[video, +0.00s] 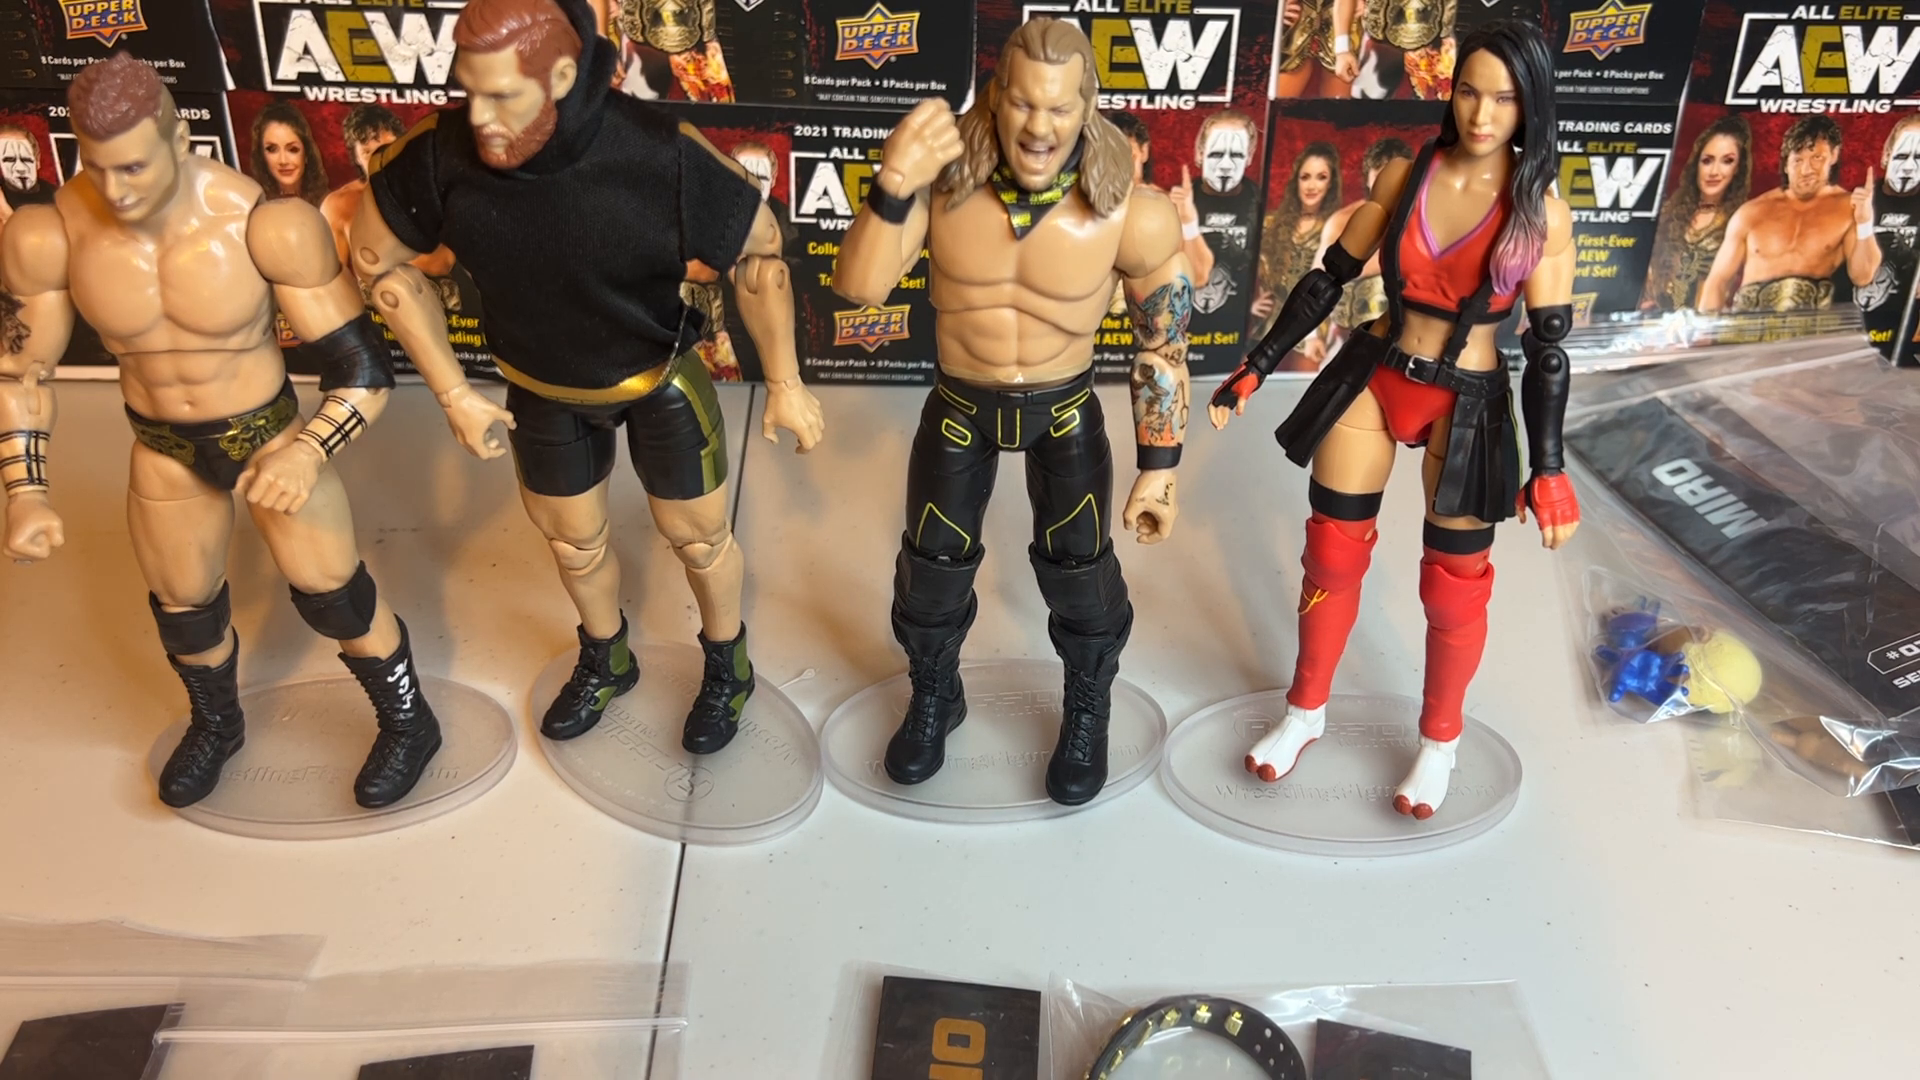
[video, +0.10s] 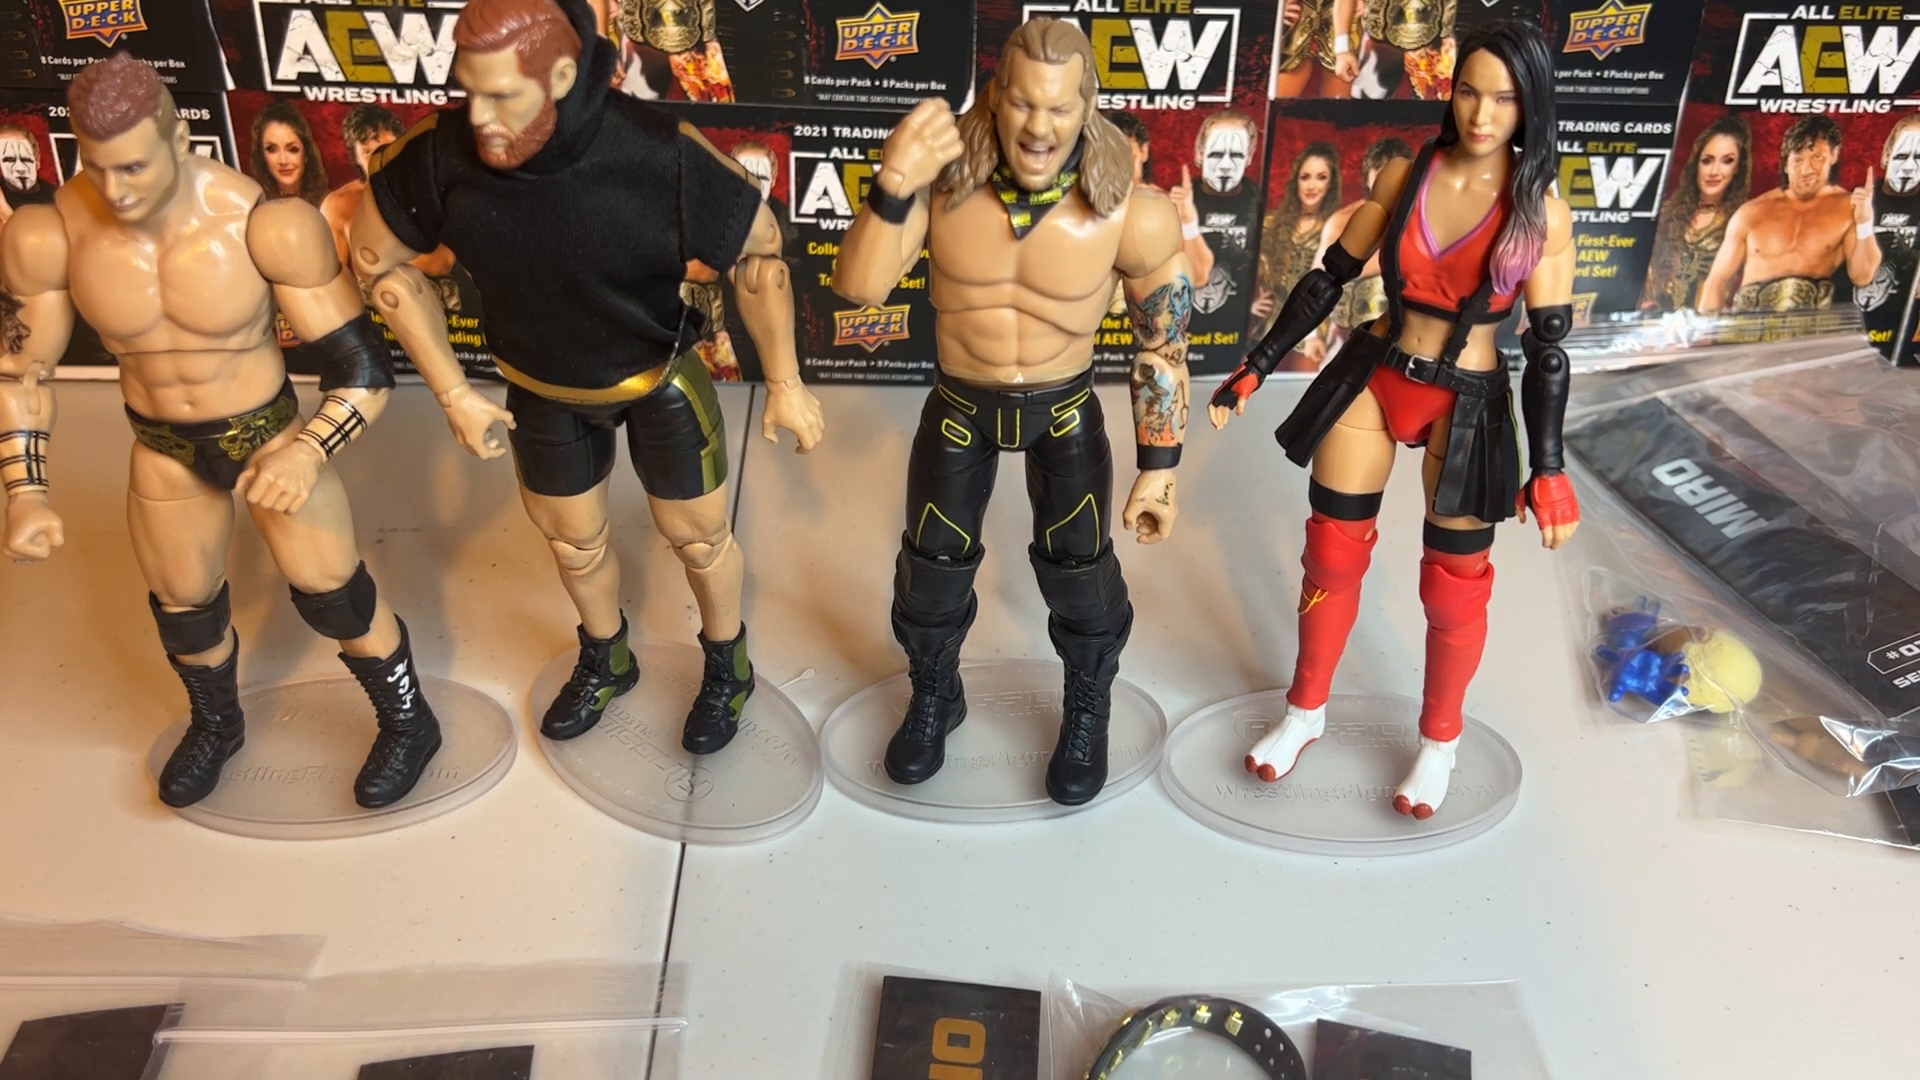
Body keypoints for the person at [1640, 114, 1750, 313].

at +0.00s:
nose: (1714, 171)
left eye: (1727, 161)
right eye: (1707, 160)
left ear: (1739, 168)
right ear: (1695, 164)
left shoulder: (1742, 219)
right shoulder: (1671, 212)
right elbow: (1655, 267)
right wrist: (1649, 300)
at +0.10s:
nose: (1714, 171)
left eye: (1727, 161)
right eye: (1707, 160)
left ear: (1739, 168)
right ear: (1696, 164)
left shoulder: (1742, 219)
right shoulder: (1670, 212)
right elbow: (1654, 267)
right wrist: (1649, 301)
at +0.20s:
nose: (1714, 171)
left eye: (1727, 161)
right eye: (1707, 160)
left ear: (1739, 168)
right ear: (1696, 164)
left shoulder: (1743, 219)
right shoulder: (1671, 212)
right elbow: (1655, 267)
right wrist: (1650, 300)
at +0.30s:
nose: (1714, 171)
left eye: (1727, 161)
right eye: (1707, 160)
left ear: (1739, 168)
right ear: (1695, 164)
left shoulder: (1743, 219)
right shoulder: (1671, 212)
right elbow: (1654, 267)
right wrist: (1650, 300)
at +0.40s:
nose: (1714, 171)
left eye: (1727, 161)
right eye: (1707, 160)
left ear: (1739, 168)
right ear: (1696, 164)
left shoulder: (1743, 219)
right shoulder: (1671, 212)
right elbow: (1655, 266)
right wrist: (1650, 300)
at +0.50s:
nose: (1714, 171)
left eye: (1727, 161)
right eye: (1707, 160)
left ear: (1739, 168)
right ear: (1695, 164)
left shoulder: (1742, 219)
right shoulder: (1671, 212)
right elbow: (1655, 265)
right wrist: (1649, 299)